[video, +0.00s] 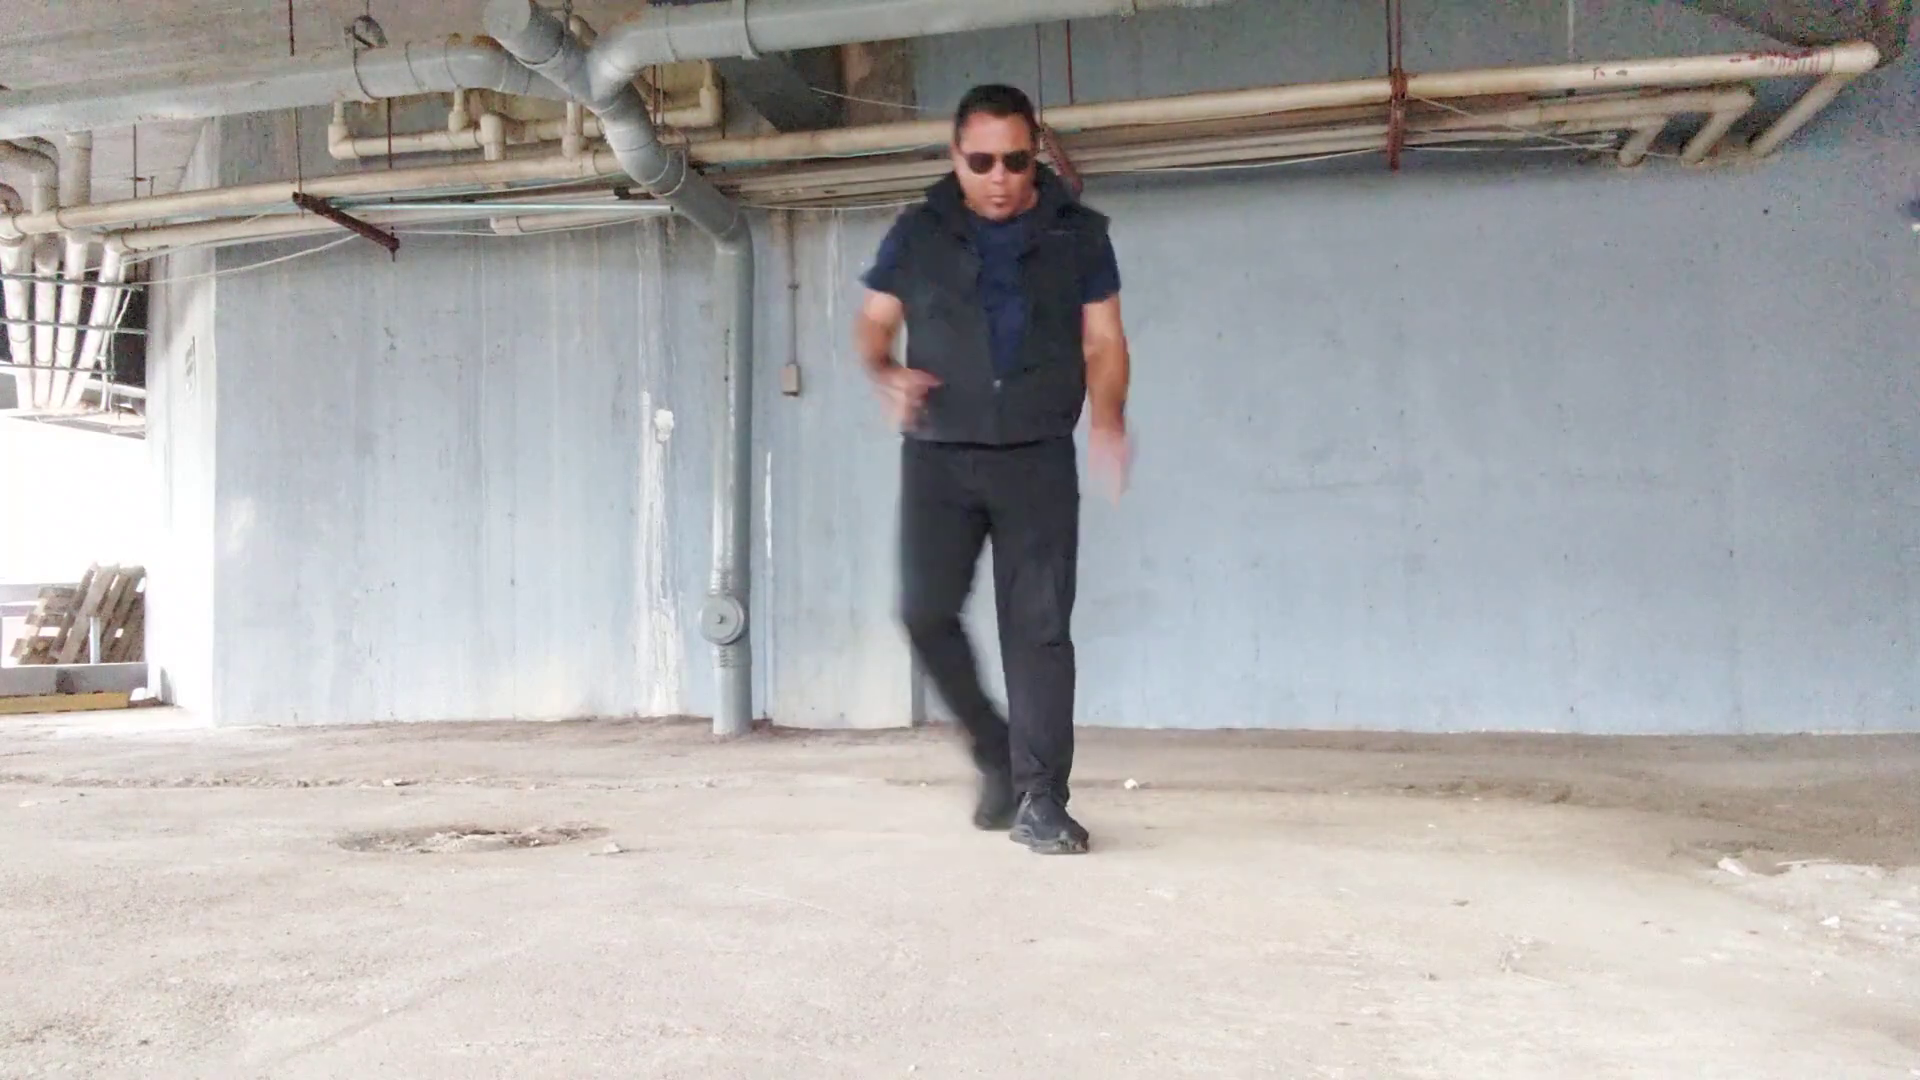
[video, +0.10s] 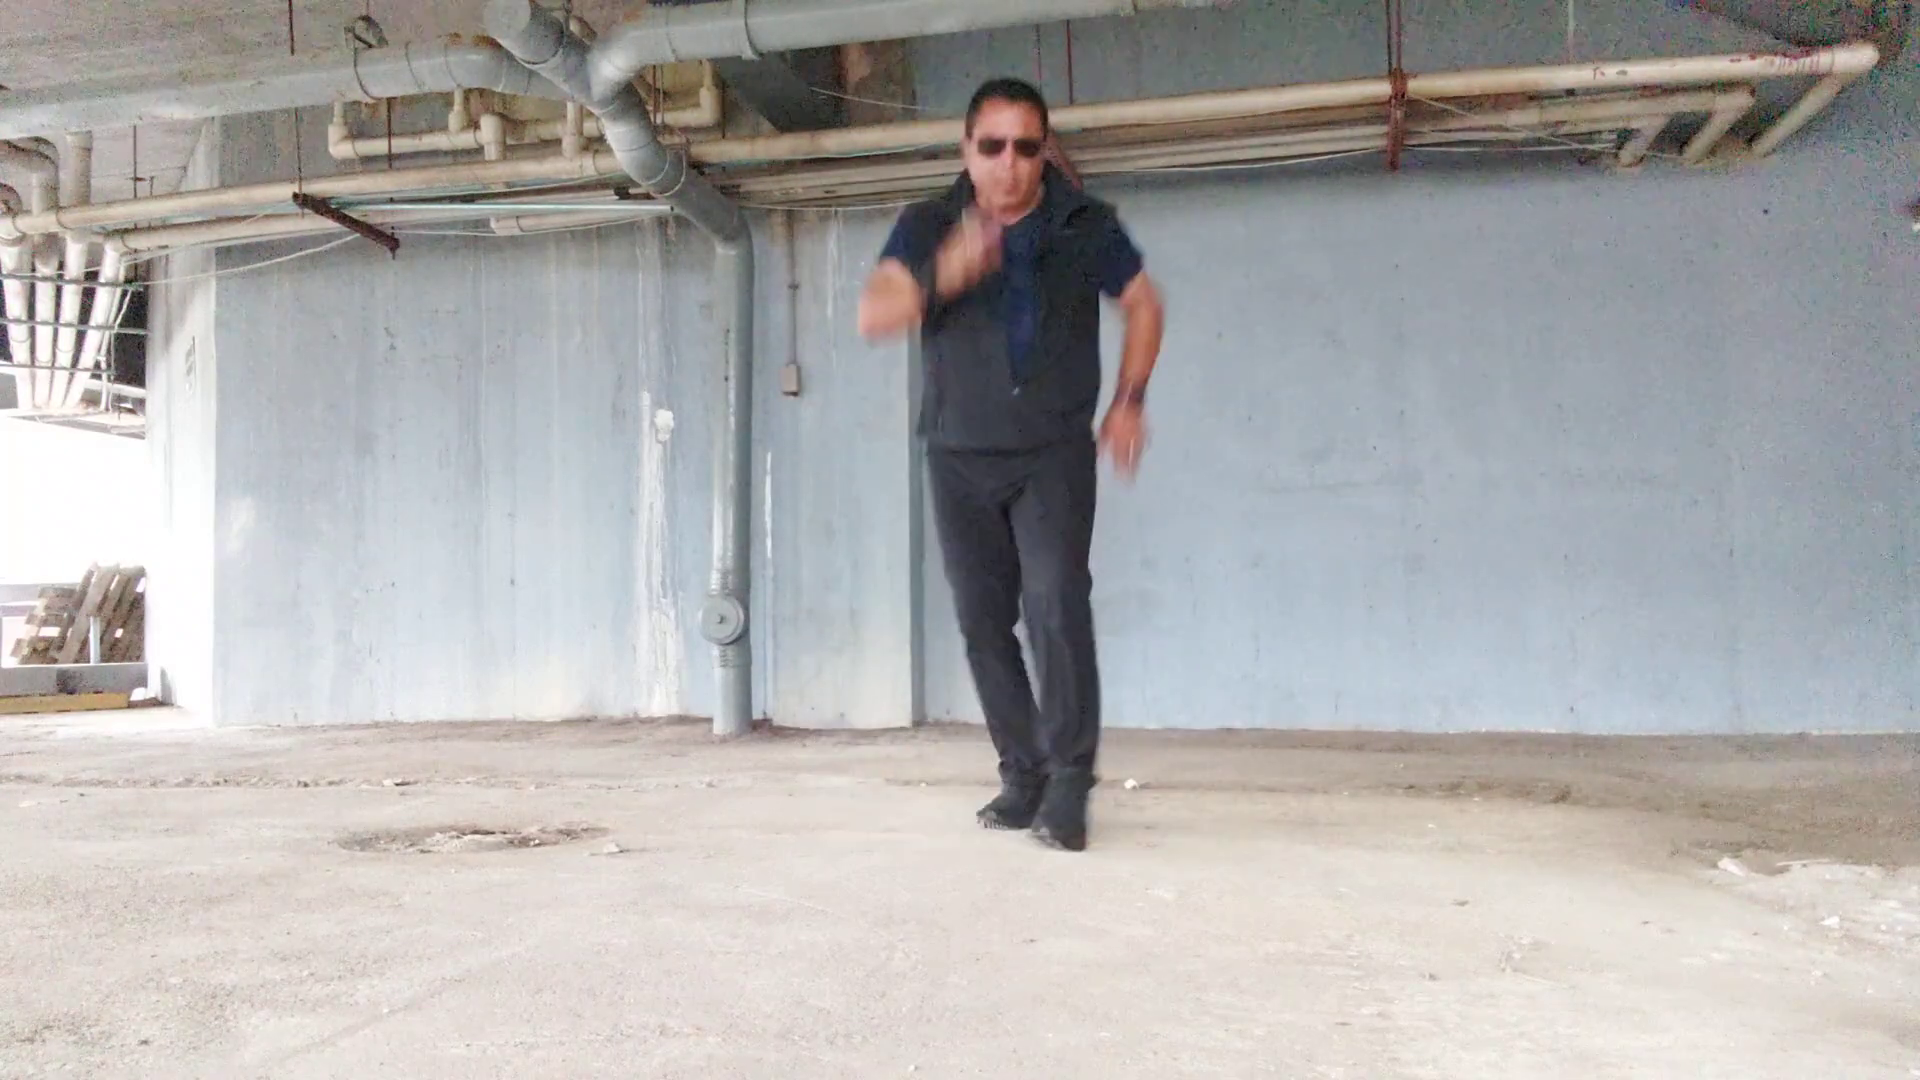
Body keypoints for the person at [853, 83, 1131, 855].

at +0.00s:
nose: (999, 179)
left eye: (1015, 162)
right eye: (981, 163)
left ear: (1037, 158)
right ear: (955, 158)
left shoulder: (1077, 232)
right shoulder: (921, 229)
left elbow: (1105, 340)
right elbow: (874, 324)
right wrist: (885, 372)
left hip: (1038, 460)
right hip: (939, 460)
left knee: (1039, 628)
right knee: (925, 614)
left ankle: (1042, 796)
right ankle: (997, 749)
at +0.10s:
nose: (1009, 162)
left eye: (1025, 148)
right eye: (993, 147)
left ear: (1046, 153)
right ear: (966, 150)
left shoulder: (1083, 225)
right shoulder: (930, 226)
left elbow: (1143, 303)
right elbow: (873, 317)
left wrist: (1129, 398)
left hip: (1053, 453)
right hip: (959, 458)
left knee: (1054, 608)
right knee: (983, 622)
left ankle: (1069, 781)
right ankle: (1022, 775)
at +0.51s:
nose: (1055, 144)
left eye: (1071, 130)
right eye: (1039, 129)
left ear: (1094, 139)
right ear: (1015, 138)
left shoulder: (1136, 225)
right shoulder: (972, 221)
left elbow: (1192, 312)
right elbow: (882, 274)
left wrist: (1213, 335)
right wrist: (940, 276)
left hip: (1097, 453)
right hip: (995, 452)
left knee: (1095, 623)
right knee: (987, 610)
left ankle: (1088, 786)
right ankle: (1009, 747)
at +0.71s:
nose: (1057, 131)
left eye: (1072, 116)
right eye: (1040, 118)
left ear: (1094, 126)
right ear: (1016, 128)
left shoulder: (1130, 205)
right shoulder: (983, 204)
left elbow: (1186, 287)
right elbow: (936, 273)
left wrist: (1193, 231)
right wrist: (966, 171)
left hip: (1097, 437)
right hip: (997, 440)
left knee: (1095, 619)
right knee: (996, 616)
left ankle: (1086, 788)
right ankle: (1000, 783)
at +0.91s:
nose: (1053, 117)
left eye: (1068, 105)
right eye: (1035, 107)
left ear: (1089, 121)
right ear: (1012, 125)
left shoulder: (1121, 194)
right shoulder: (977, 217)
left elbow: (1181, 229)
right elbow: (920, 317)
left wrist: (1079, 184)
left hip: (1097, 438)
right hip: (1000, 439)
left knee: (1099, 614)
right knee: (973, 578)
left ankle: (1088, 786)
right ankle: (1003, 698)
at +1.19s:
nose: (1035, 130)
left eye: (1051, 115)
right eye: (1017, 114)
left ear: (1071, 124)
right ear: (989, 125)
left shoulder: (1103, 187)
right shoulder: (950, 203)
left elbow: (1118, 248)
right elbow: (932, 288)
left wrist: (1009, 216)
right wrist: (968, 349)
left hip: (1090, 422)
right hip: (991, 422)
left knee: (1096, 600)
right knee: (986, 556)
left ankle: (1110, 778)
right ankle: (1010, 677)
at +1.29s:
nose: (1031, 146)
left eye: (1047, 131)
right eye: (1014, 130)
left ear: (1069, 140)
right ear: (986, 138)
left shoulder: (1108, 235)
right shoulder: (947, 225)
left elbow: (1119, 346)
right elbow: (927, 331)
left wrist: (1076, 405)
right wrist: (938, 421)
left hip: (1077, 470)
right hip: (978, 467)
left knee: (1092, 630)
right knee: (971, 625)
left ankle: (1109, 792)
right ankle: (959, 795)